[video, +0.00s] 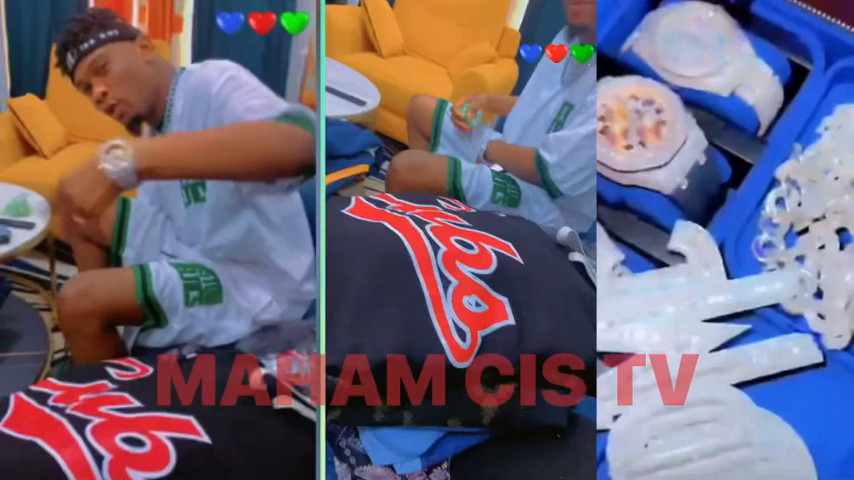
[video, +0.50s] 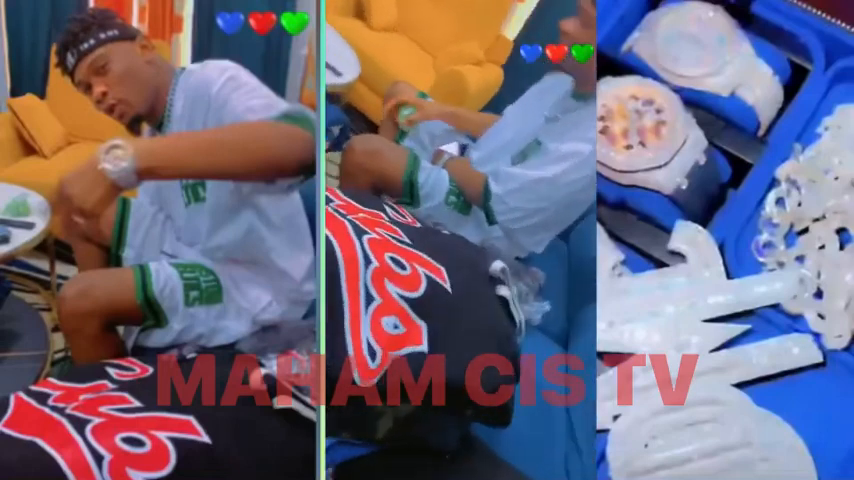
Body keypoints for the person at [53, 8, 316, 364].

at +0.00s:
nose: (98, 94)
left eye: (102, 70)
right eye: (87, 89)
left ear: (144, 48)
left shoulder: (213, 81)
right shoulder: (152, 133)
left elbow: (299, 146)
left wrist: (131, 160)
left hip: (260, 279)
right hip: (190, 251)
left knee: (80, 300)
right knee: (84, 214)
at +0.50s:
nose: (98, 94)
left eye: (102, 70)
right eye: (87, 89)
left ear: (144, 48)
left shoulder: (214, 81)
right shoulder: (152, 132)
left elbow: (298, 145)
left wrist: (131, 160)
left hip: (260, 278)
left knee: (80, 300)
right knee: (84, 215)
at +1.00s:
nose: (98, 94)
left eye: (102, 70)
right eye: (87, 89)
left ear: (144, 48)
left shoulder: (214, 81)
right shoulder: (152, 132)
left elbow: (298, 145)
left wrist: (131, 160)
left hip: (259, 280)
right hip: (189, 250)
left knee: (80, 300)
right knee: (84, 212)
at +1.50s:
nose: (98, 94)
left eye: (102, 70)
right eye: (87, 89)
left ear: (144, 48)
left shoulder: (214, 81)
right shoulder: (152, 132)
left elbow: (297, 146)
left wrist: (132, 160)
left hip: (260, 278)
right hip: (190, 251)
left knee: (81, 300)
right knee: (84, 214)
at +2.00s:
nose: (98, 94)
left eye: (102, 70)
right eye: (87, 89)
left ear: (144, 48)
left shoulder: (213, 81)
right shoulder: (152, 132)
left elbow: (298, 145)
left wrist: (131, 160)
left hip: (259, 278)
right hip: (190, 251)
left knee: (80, 300)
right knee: (84, 214)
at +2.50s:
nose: (98, 94)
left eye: (102, 70)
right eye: (87, 89)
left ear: (144, 48)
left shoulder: (212, 81)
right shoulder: (152, 133)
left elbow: (299, 145)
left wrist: (132, 160)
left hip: (259, 280)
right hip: (190, 251)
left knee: (80, 300)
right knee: (85, 215)